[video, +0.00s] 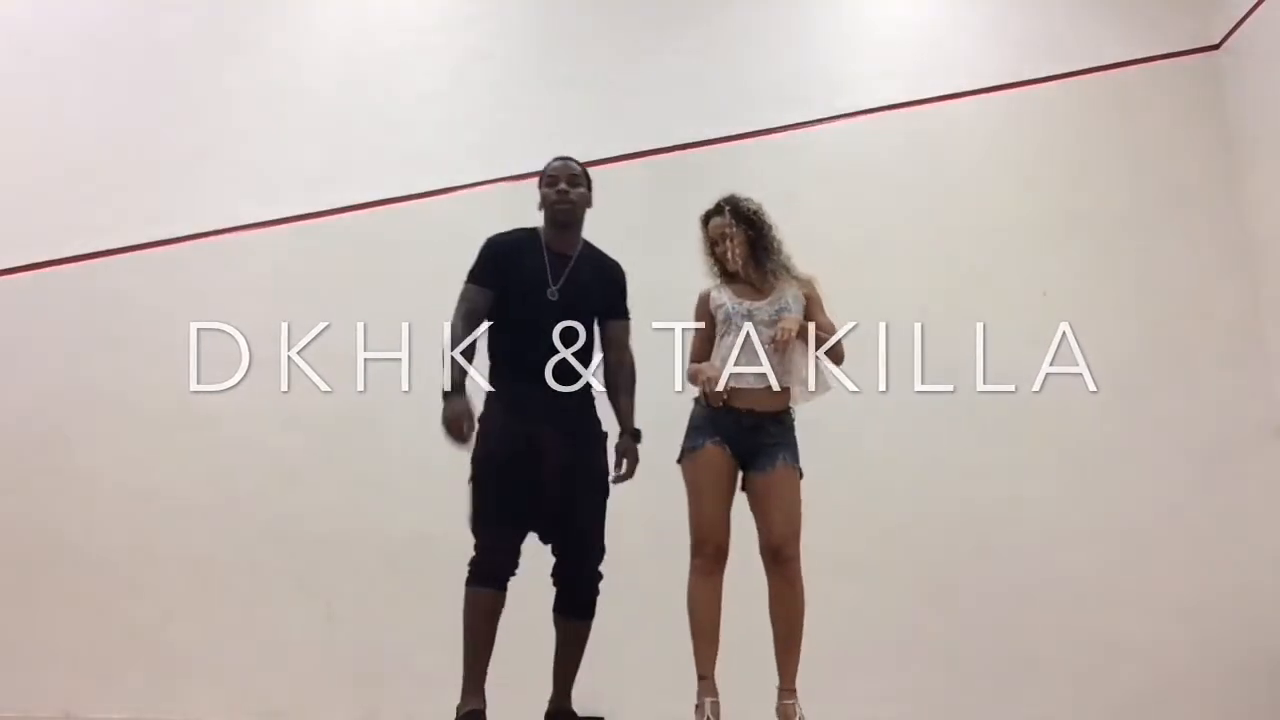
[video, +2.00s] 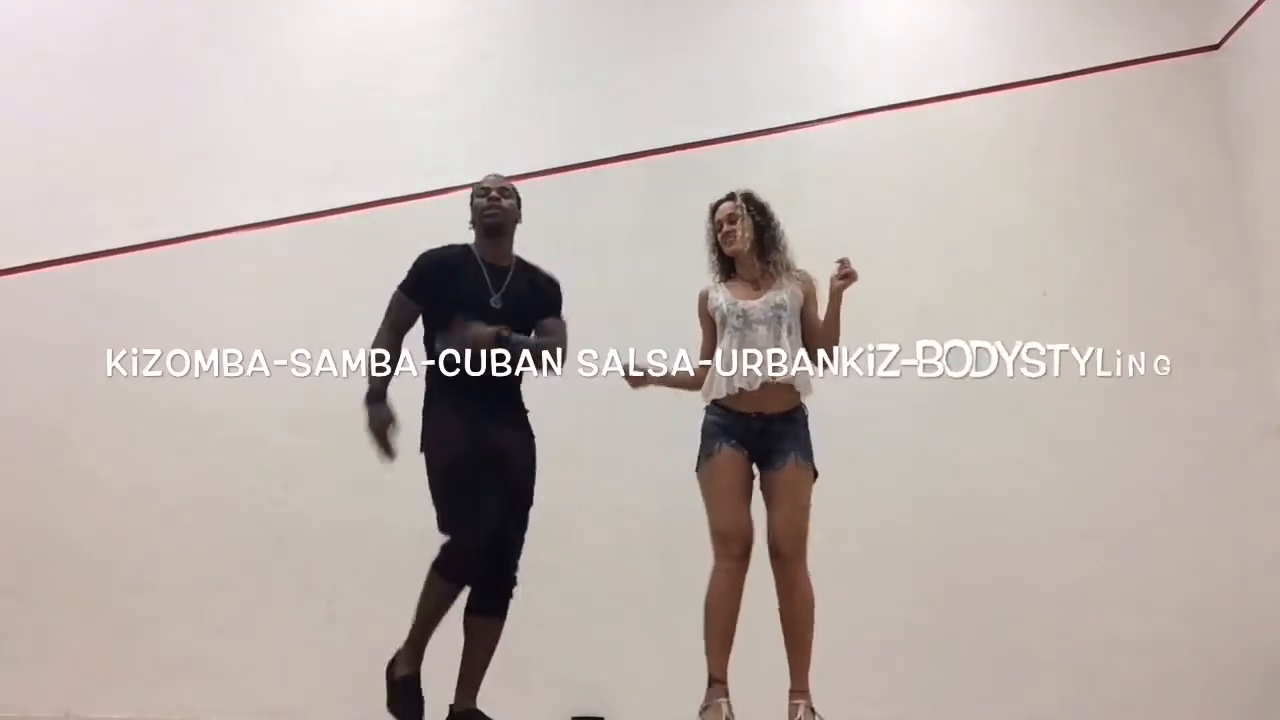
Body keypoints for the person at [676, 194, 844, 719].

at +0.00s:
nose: (726, 246)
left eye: (732, 235)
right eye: (717, 240)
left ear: (755, 233)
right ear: (711, 248)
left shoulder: (798, 290)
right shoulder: (713, 298)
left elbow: (835, 353)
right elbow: (694, 367)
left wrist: (802, 327)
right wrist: (703, 372)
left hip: (773, 431)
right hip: (713, 427)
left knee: (782, 555)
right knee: (708, 552)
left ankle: (789, 695)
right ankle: (706, 691)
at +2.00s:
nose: (728, 228)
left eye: (736, 219)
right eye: (721, 224)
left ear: (759, 226)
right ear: (717, 238)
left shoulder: (797, 285)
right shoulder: (713, 297)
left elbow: (822, 352)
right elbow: (705, 377)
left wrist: (836, 295)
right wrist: (656, 377)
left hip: (786, 428)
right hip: (726, 427)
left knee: (789, 555)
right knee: (731, 553)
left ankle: (800, 695)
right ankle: (716, 690)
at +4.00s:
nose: (715, 227)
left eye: (722, 218)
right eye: (708, 221)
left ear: (744, 222)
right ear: (701, 232)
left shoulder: (778, 282)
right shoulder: (693, 289)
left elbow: (799, 348)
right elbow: (675, 355)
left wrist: (761, 319)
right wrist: (670, 383)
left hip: (764, 424)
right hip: (702, 424)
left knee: (776, 551)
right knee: (699, 550)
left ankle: (787, 690)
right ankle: (694, 690)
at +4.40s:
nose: (713, 225)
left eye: (721, 215)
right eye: (707, 219)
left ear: (743, 221)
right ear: (700, 231)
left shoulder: (776, 285)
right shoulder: (689, 286)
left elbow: (800, 354)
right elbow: (668, 359)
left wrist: (783, 380)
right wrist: (685, 327)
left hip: (757, 427)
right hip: (696, 423)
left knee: (778, 541)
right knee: (689, 552)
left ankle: (762, 684)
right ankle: (689, 689)